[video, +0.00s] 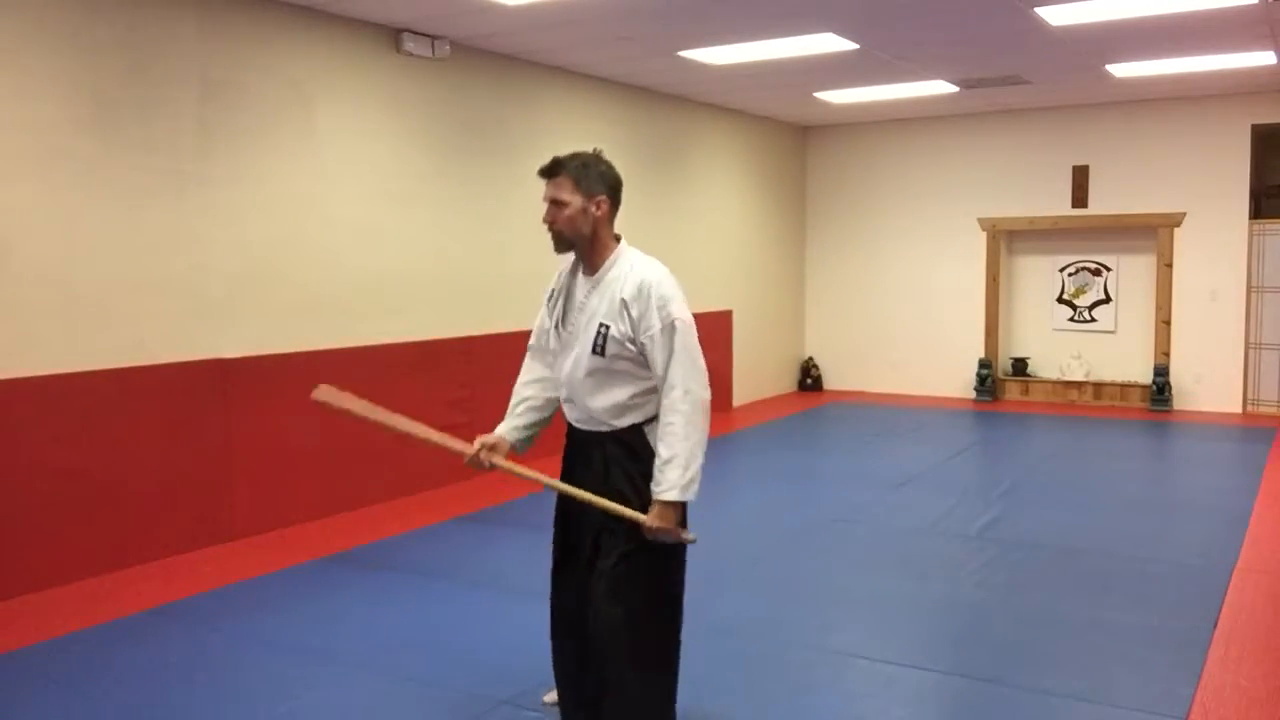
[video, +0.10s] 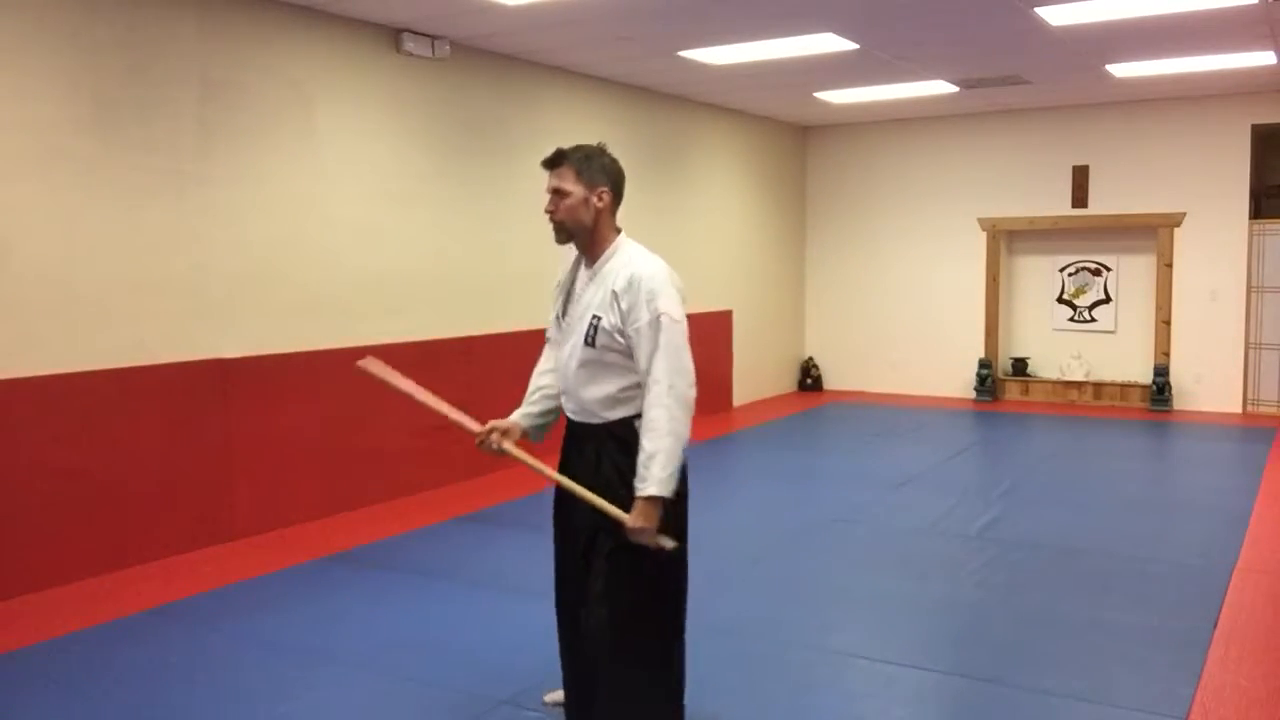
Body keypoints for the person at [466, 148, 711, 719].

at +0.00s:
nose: (545, 217)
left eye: (557, 205)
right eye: (545, 204)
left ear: (600, 208)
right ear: (587, 209)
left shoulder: (649, 284)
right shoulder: (566, 280)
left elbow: (688, 391)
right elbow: (543, 367)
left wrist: (670, 495)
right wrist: (508, 434)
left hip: (635, 458)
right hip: (581, 453)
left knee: (631, 613)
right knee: (575, 602)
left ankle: (633, 712)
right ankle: (582, 703)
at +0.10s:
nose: (548, 207)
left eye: (559, 195)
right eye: (547, 195)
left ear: (600, 199)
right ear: (586, 201)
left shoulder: (646, 277)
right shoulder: (575, 273)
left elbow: (672, 389)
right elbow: (558, 359)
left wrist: (651, 494)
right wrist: (522, 421)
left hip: (632, 452)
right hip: (582, 446)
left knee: (631, 603)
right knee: (578, 591)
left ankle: (638, 707)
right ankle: (590, 695)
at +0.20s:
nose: (549, 200)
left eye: (560, 189)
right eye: (549, 189)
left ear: (601, 193)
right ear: (592, 195)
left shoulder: (639, 274)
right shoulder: (582, 267)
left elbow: (652, 388)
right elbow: (577, 364)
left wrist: (629, 491)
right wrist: (536, 415)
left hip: (625, 447)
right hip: (581, 443)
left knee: (630, 608)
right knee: (581, 598)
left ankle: (637, 708)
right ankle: (583, 701)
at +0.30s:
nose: (548, 195)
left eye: (560, 185)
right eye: (548, 184)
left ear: (600, 191)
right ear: (584, 193)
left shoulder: (633, 270)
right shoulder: (584, 265)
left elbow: (634, 386)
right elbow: (590, 366)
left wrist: (603, 482)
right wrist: (548, 413)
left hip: (625, 446)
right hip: (583, 437)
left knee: (630, 601)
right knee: (584, 595)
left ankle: (638, 707)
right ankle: (585, 700)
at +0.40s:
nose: (547, 195)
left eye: (558, 184)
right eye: (547, 184)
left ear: (597, 191)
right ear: (588, 194)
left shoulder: (625, 268)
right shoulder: (588, 263)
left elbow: (622, 383)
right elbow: (597, 368)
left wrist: (581, 478)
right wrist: (554, 416)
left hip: (621, 449)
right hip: (586, 439)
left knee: (625, 600)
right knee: (589, 594)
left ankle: (632, 706)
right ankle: (587, 699)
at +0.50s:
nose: (544, 196)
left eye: (556, 186)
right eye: (545, 185)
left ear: (594, 192)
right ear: (584, 195)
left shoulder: (617, 266)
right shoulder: (584, 261)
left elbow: (607, 380)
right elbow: (588, 363)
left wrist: (563, 474)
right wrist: (555, 418)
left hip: (613, 446)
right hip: (580, 438)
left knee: (622, 598)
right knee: (585, 592)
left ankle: (633, 706)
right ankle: (586, 698)